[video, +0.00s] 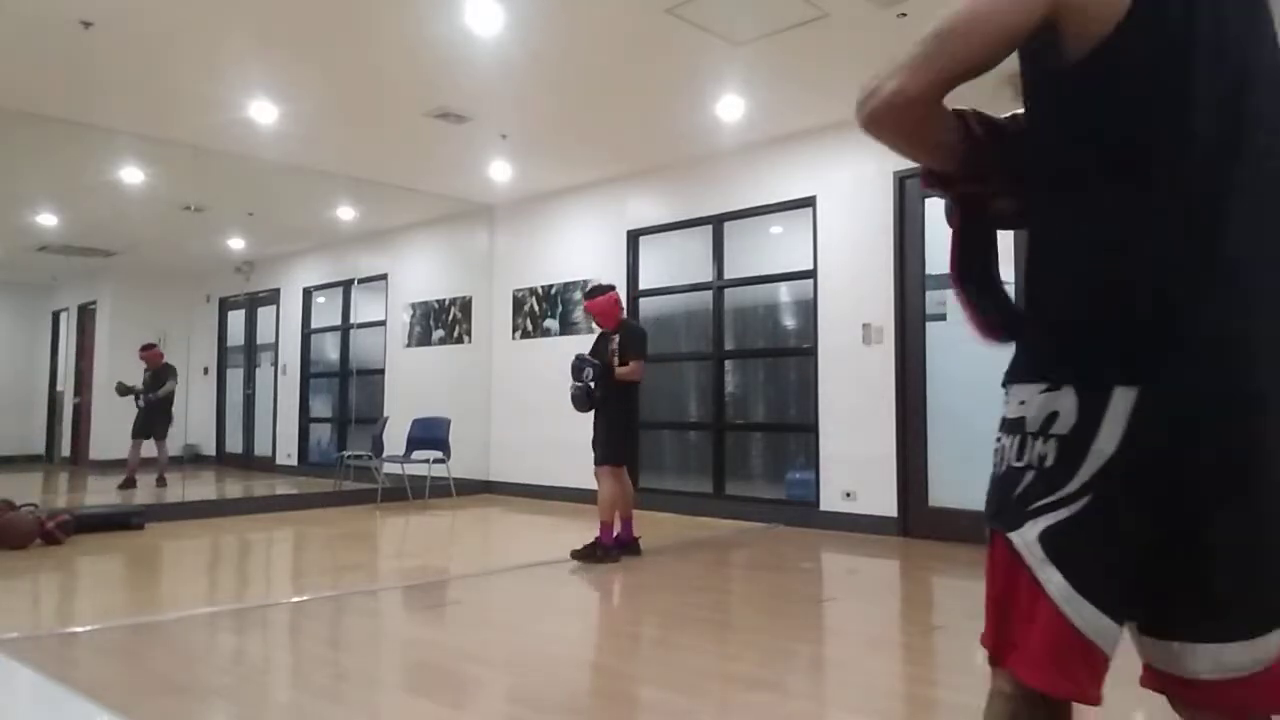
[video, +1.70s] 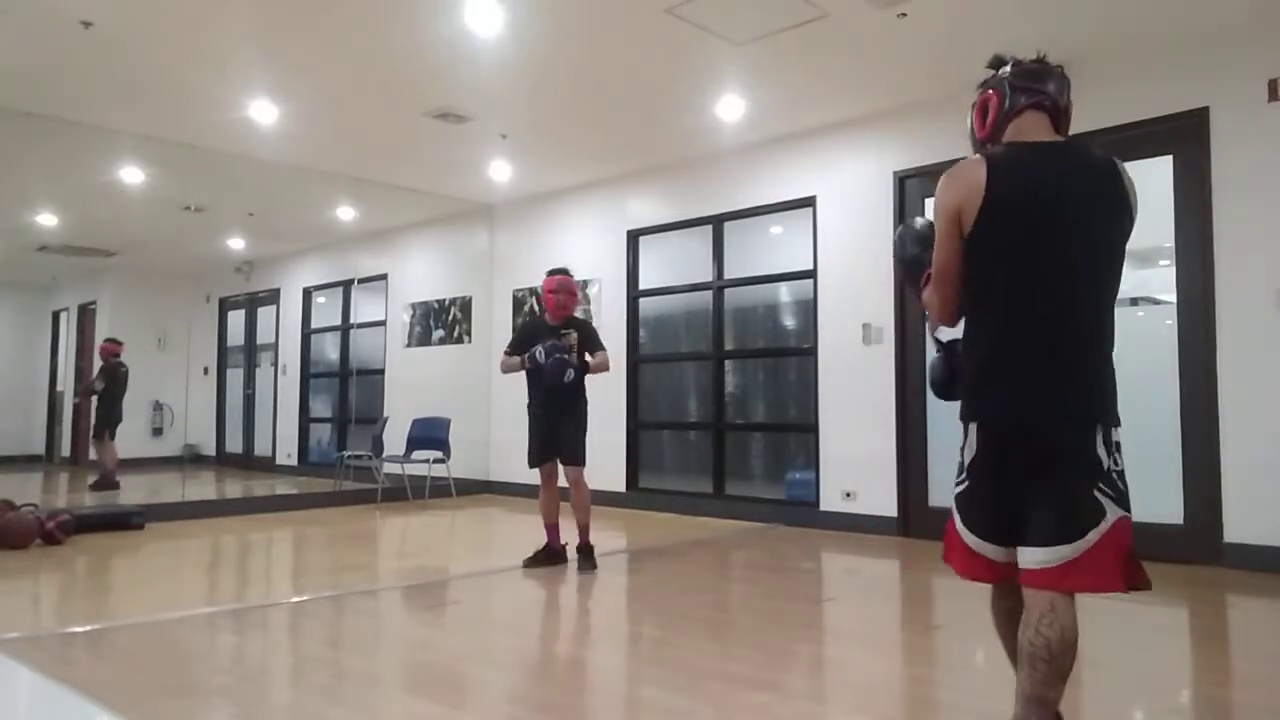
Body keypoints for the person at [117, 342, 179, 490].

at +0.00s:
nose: (145, 363)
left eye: (146, 359)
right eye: (143, 360)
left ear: (156, 356)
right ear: (146, 359)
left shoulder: (169, 369)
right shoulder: (148, 371)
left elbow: (170, 386)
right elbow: (146, 388)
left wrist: (153, 396)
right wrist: (131, 389)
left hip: (161, 413)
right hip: (145, 412)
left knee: (160, 444)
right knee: (136, 443)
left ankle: (161, 476)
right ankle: (130, 477)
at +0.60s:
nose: (135, 361)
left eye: (137, 358)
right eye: (134, 358)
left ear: (145, 356)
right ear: (140, 358)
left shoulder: (155, 369)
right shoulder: (142, 372)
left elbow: (154, 383)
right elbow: (134, 388)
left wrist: (136, 384)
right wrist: (122, 395)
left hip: (146, 413)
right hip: (134, 413)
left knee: (145, 443)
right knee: (134, 444)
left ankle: (159, 475)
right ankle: (136, 476)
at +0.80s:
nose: (128, 362)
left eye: (129, 358)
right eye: (127, 359)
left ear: (137, 356)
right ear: (136, 357)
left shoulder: (147, 369)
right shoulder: (137, 370)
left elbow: (142, 383)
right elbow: (133, 384)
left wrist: (126, 383)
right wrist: (121, 383)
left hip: (136, 410)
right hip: (129, 409)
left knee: (126, 441)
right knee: (131, 442)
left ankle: (148, 468)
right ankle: (137, 476)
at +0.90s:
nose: (125, 361)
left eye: (126, 357)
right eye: (124, 357)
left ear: (135, 355)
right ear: (134, 356)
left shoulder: (144, 369)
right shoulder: (135, 370)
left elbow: (136, 384)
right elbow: (130, 385)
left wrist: (117, 383)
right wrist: (113, 384)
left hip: (133, 411)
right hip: (129, 409)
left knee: (120, 440)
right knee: (131, 442)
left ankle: (138, 474)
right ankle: (138, 476)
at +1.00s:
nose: (122, 361)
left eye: (123, 357)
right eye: (121, 358)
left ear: (131, 355)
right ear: (133, 355)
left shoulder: (136, 369)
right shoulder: (141, 368)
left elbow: (127, 384)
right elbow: (130, 388)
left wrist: (108, 386)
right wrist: (117, 398)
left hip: (129, 410)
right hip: (134, 410)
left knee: (116, 439)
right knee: (131, 441)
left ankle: (123, 475)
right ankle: (136, 476)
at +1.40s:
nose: (109, 359)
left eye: (111, 355)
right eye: (109, 356)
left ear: (119, 354)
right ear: (123, 354)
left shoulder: (122, 370)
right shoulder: (128, 368)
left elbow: (112, 395)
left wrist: (98, 397)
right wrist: (100, 389)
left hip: (115, 412)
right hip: (118, 411)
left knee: (111, 443)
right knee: (112, 443)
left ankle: (112, 478)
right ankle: (131, 472)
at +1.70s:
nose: (100, 354)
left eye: (102, 351)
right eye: (101, 350)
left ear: (106, 351)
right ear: (117, 352)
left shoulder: (108, 368)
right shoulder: (123, 368)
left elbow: (96, 386)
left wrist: (84, 391)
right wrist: (90, 389)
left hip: (105, 412)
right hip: (115, 412)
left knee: (101, 443)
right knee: (108, 443)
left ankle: (107, 477)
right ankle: (109, 477)